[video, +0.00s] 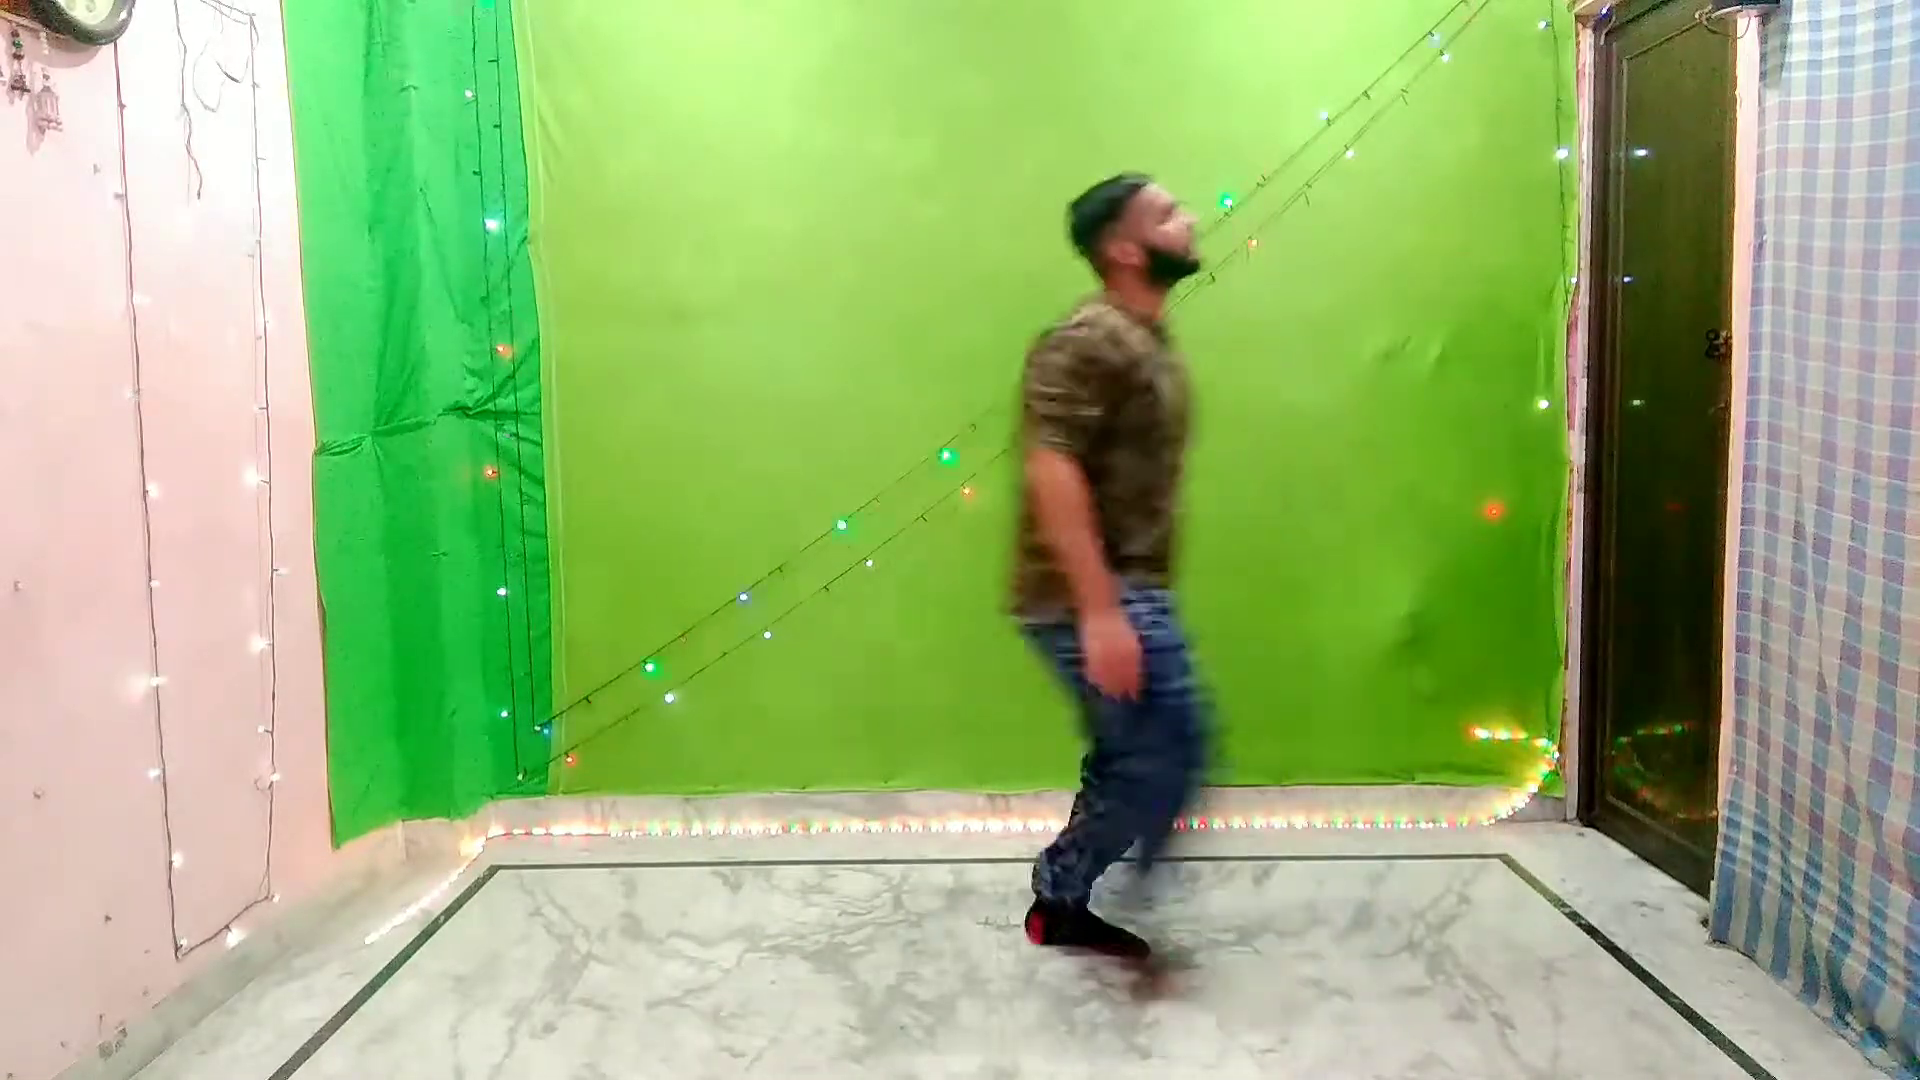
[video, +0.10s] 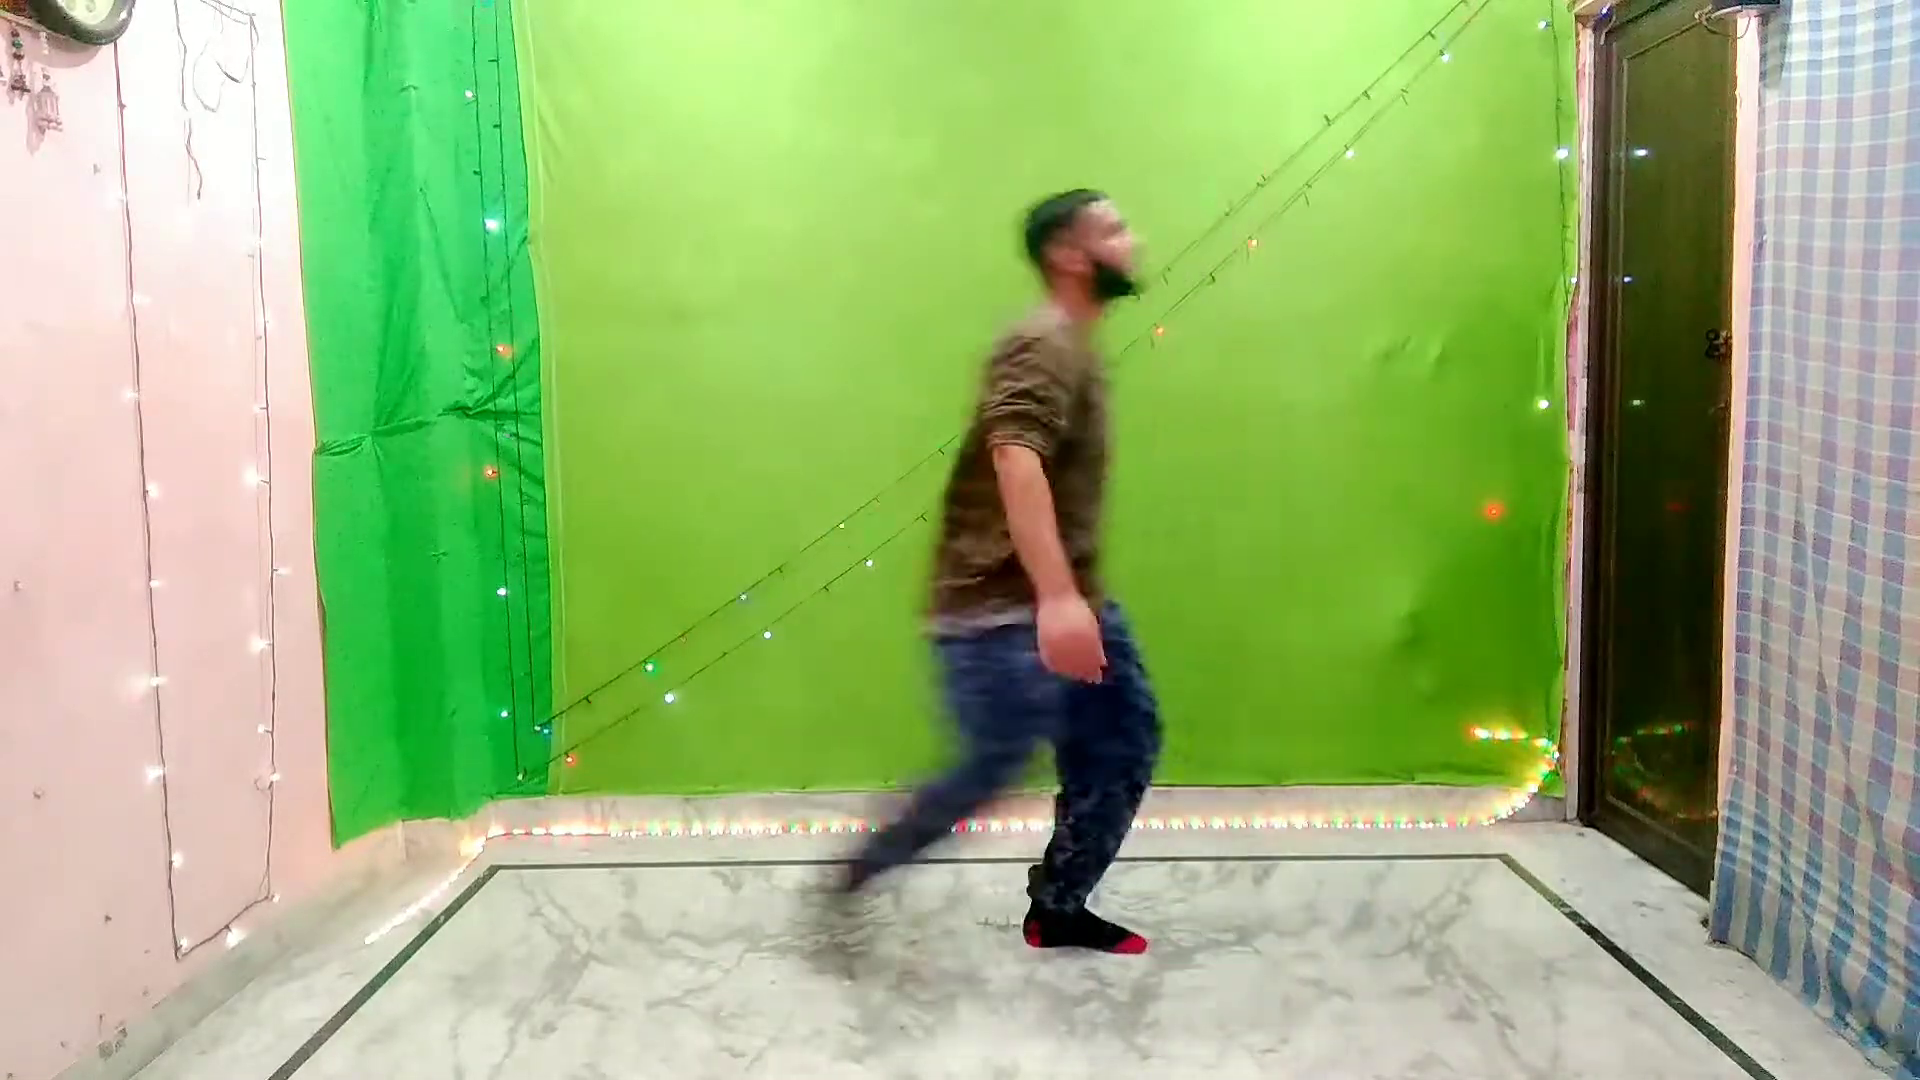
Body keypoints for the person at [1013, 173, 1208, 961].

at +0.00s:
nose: (1187, 223)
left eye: (1178, 209)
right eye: (1166, 214)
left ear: (1134, 250)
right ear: (1123, 249)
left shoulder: (1146, 346)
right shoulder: (1084, 344)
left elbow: (1115, 479)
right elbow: (1052, 473)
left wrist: (1146, 593)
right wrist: (1100, 612)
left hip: (1131, 590)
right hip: (1092, 596)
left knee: (1150, 742)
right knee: (1161, 741)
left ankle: (1089, 899)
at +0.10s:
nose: (1128, 243)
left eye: (1123, 229)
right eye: (1111, 231)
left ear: (1080, 256)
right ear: (1066, 255)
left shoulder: (1074, 351)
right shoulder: (1040, 348)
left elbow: (1044, 478)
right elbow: (1015, 461)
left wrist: (1069, 588)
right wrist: (1058, 596)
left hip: (1064, 607)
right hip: (993, 614)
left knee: (1121, 740)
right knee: (996, 755)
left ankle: (1060, 905)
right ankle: (852, 873)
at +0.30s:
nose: (876, 251)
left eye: (882, 232)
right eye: (855, 242)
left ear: (905, 240)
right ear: (834, 266)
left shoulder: (970, 353)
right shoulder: (824, 374)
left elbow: (1008, 467)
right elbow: (748, 469)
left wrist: (1019, 573)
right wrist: (861, 418)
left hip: (1006, 606)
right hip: (897, 620)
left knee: (1086, 726)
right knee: (838, 771)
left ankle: (1055, 903)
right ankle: (733, 891)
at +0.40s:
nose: (785, 276)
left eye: (796, 257)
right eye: (772, 269)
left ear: (838, 258)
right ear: (767, 290)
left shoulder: (924, 354)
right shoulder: (762, 391)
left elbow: (987, 462)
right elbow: (691, 500)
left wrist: (1015, 572)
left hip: (984, 609)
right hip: (864, 639)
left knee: (1073, 726)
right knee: (807, 789)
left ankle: (1054, 902)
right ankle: (728, 904)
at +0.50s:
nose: (720, 296)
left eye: (731, 277)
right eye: (709, 290)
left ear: (782, 273)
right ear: (710, 311)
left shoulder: (884, 358)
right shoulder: (722, 423)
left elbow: (955, 451)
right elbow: (650, 507)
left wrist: (1002, 562)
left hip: (950, 610)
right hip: (825, 645)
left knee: (1048, 728)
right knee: (783, 790)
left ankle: (1051, 897)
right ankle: (726, 912)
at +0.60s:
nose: (708, 302)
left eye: (720, 281)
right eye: (699, 294)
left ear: (774, 277)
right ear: (702, 313)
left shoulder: (872, 355)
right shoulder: (704, 429)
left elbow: (949, 447)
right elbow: (618, 490)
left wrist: (992, 564)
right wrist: (530, 443)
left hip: (941, 608)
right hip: (813, 642)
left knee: (1036, 735)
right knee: (768, 788)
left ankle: (1057, 894)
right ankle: (724, 916)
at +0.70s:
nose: (777, 261)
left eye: (783, 249)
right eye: (754, 261)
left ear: (809, 268)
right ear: (731, 298)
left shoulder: (883, 351)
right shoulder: (708, 414)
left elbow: (990, 397)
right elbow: (610, 461)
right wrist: (494, 443)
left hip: (935, 607)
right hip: (807, 633)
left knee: (1024, 741)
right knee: (766, 783)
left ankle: (1063, 894)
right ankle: (724, 917)